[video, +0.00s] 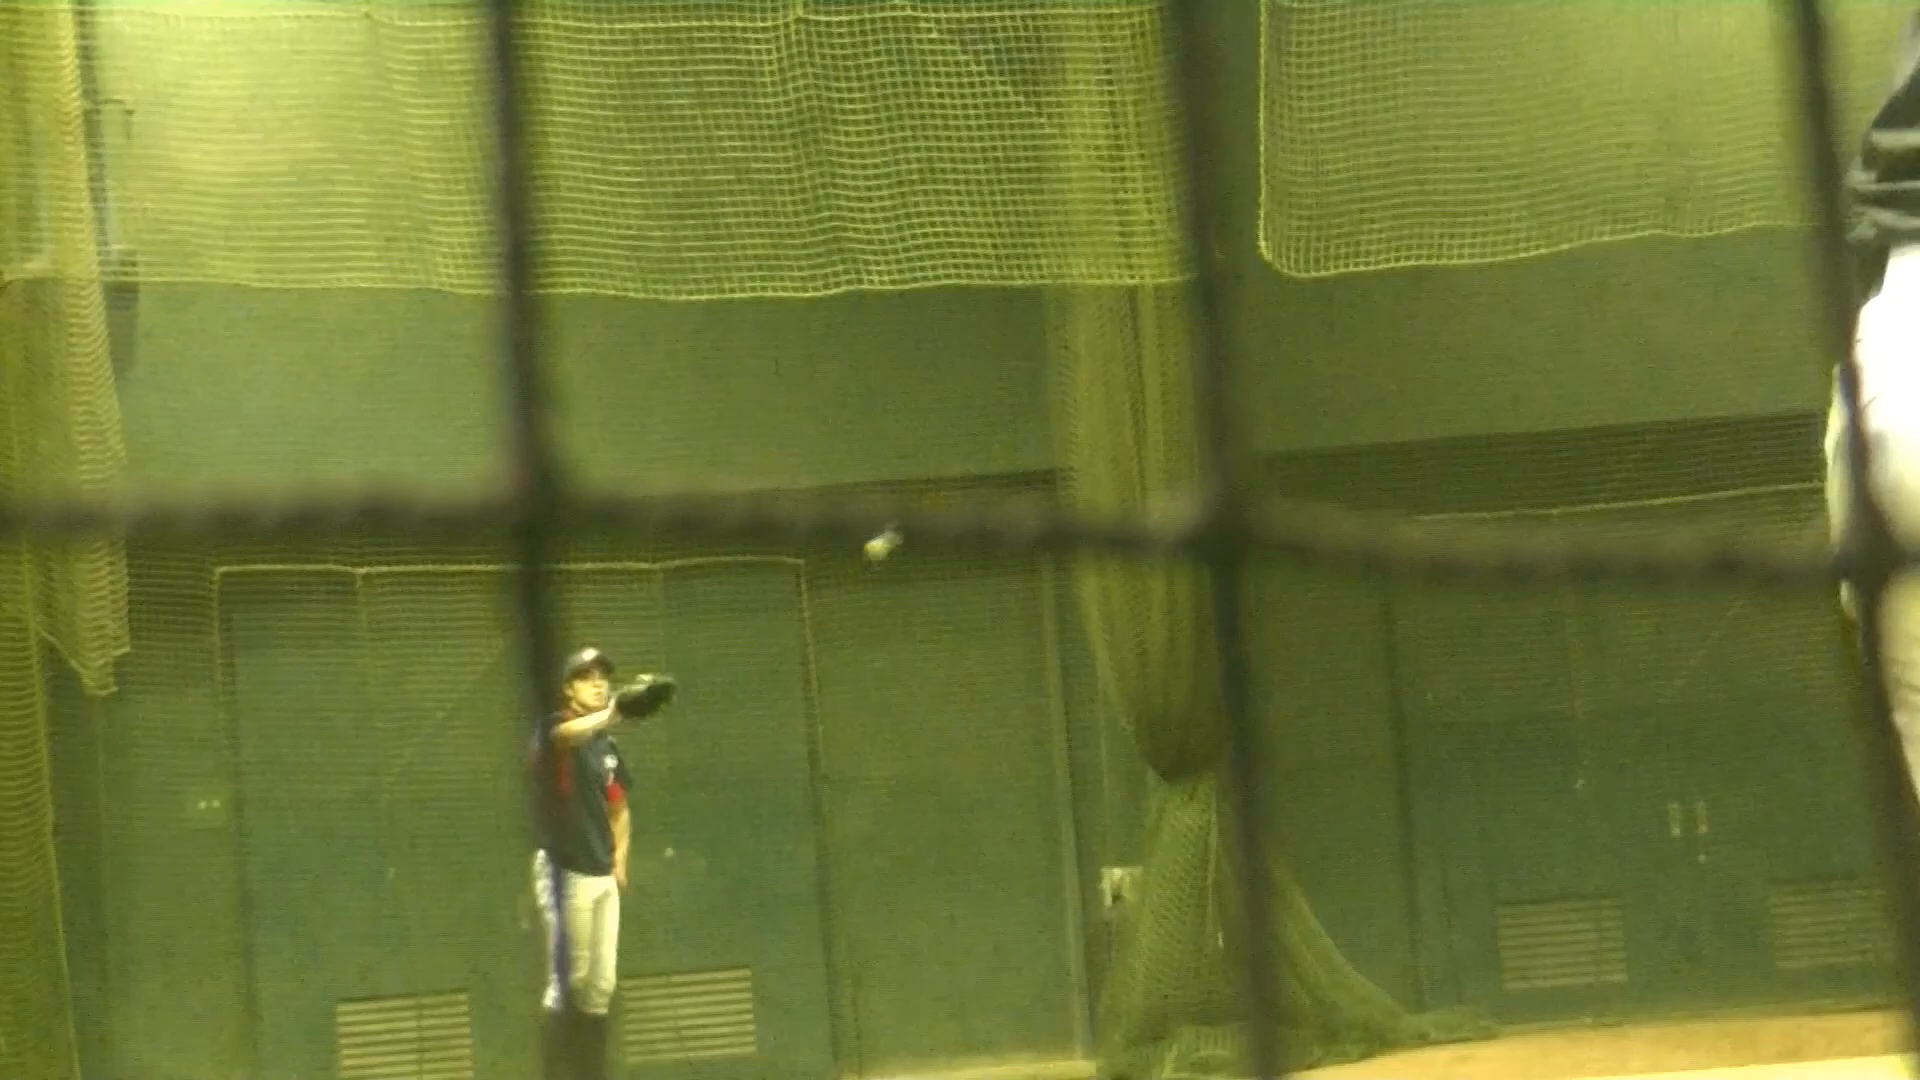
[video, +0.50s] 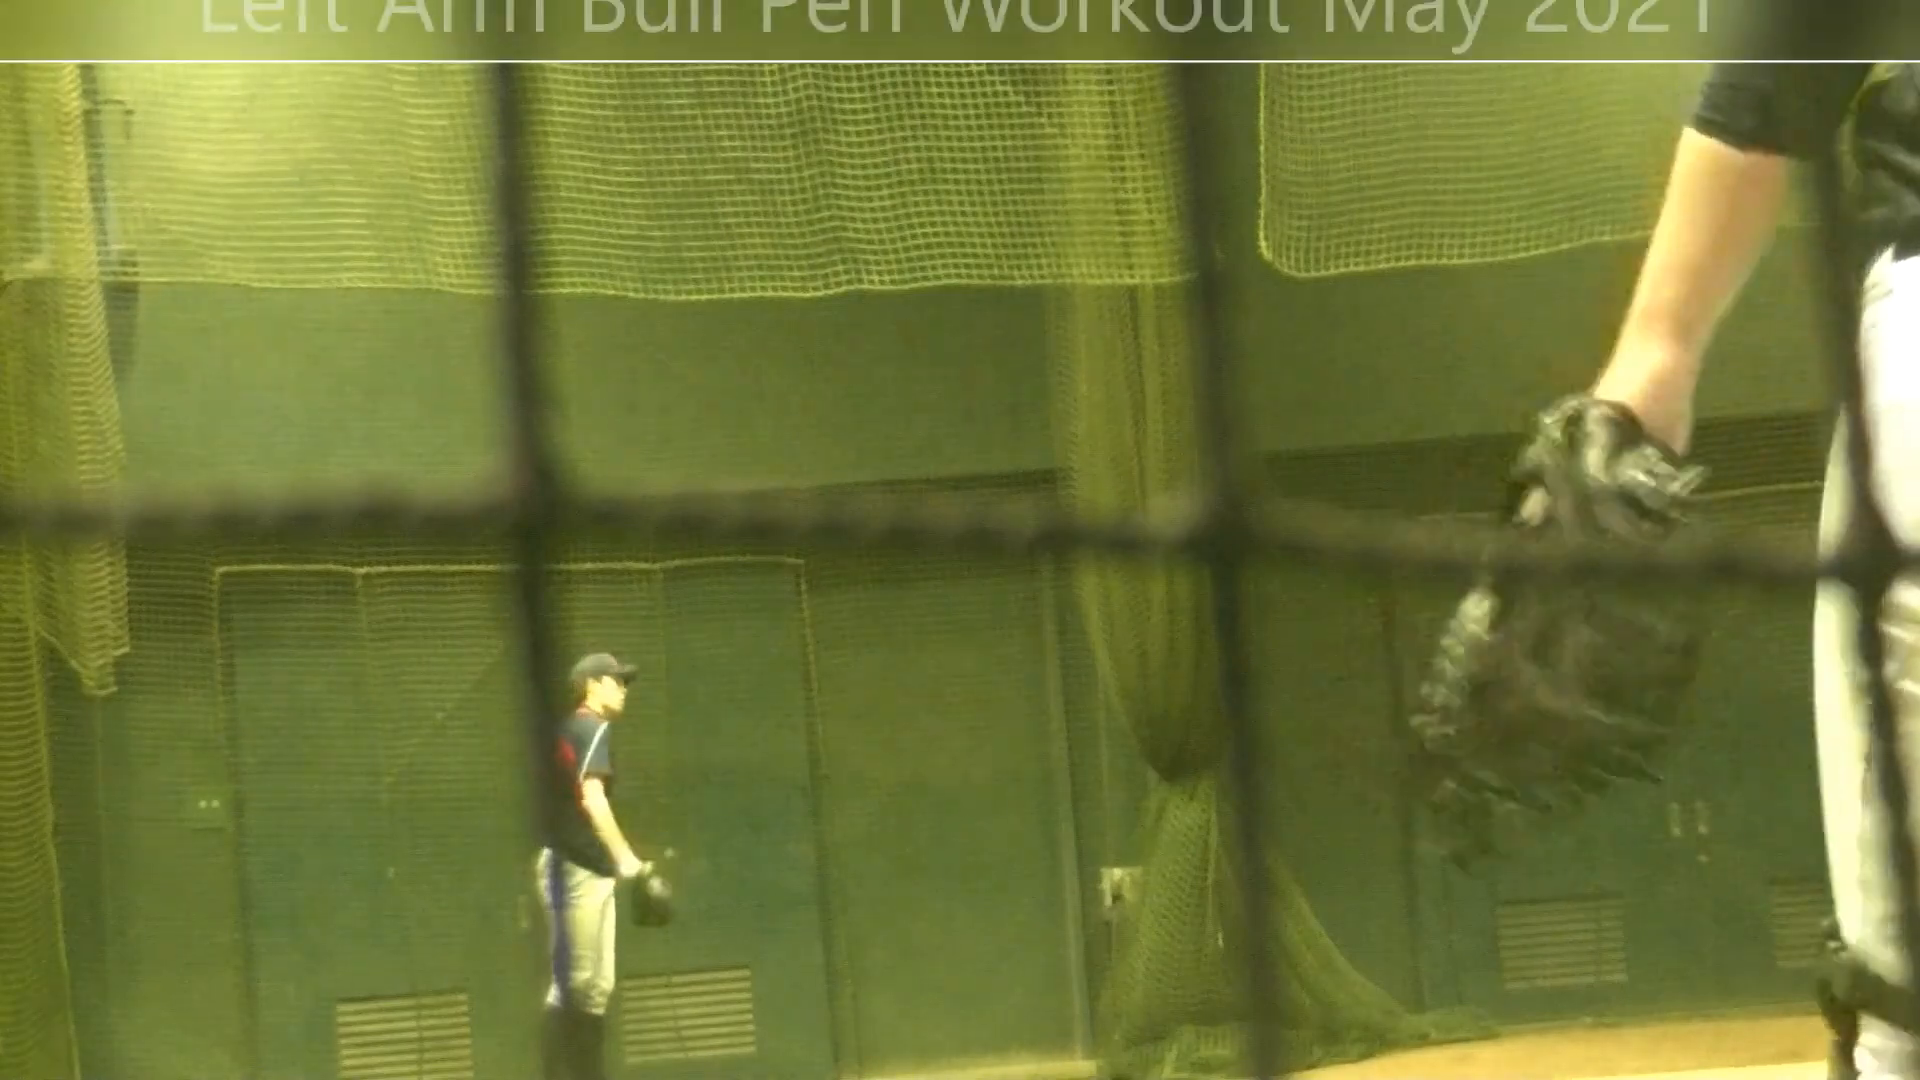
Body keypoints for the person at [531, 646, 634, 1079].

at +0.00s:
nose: (598, 688)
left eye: (602, 679)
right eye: (587, 679)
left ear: (608, 686)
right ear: (566, 688)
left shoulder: (606, 745)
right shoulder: (552, 731)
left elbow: (619, 808)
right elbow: (568, 732)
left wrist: (618, 862)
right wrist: (614, 711)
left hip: (603, 876)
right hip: (563, 874)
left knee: (600, 987)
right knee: (566, 986)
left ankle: (592, 1075)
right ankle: (559, 1075)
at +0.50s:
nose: (624, 690)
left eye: (622, 683)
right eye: (616, 682)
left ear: (592, 688)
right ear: (592, 686)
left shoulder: (583, 728)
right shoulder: (587, 727)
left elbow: (577, 801)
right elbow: (591, 794)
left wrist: (634, 869)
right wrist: (628, 861)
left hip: (593, 869)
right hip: (573, 867)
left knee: (596, 986)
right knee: (577, 986)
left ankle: (583, 1074)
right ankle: (565, 1075)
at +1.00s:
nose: (630, 694)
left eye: (628, 686)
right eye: (627, 686)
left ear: (596, 687)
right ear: (614, 686)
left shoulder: (578, 723)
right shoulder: (597, 719)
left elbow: (588, 795)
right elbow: (600, 770)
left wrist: (637, 844)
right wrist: (642, 820)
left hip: (580, 860)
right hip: (598, 862)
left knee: (600, 976)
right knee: (635, 968)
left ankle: (580, 1069)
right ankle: (604, 1070)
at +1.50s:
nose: (674, 693)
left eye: (671, 686)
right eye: (672, 687)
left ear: (635, 691)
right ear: (663, 689)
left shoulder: (607, 733)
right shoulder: (664, 730)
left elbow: (587, 801)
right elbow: (670, 792)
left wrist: (596, 859)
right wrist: (698, 848)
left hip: (609, 863)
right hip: (648, 861)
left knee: (628, 976)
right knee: (689, 969)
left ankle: (595, 1072)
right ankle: (709, 1072)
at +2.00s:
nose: (702, 695)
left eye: (684, 689)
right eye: (709, 688)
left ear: (673, 692)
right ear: (713, 690)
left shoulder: (647, 730)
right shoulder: (734, 731)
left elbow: (603, 789)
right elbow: (764, 796)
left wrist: (617, 856)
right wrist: (784, 850)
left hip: (659, 856)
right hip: (710, 856)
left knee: (664, 958)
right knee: (713, 963)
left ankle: (669, 1069)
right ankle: (713, 1072)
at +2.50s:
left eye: (649, 696)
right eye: (674, 690)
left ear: (645, 699)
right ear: (684, 693)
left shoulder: (628, 737)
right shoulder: (715, 726)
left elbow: (592, 802)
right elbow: (750, 789)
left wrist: (615, 863)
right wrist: (778, 837)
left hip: (657, 859)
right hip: (709, 853)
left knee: (673, 968)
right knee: (739, 953)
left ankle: (687, 1069)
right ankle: (728, 1052)